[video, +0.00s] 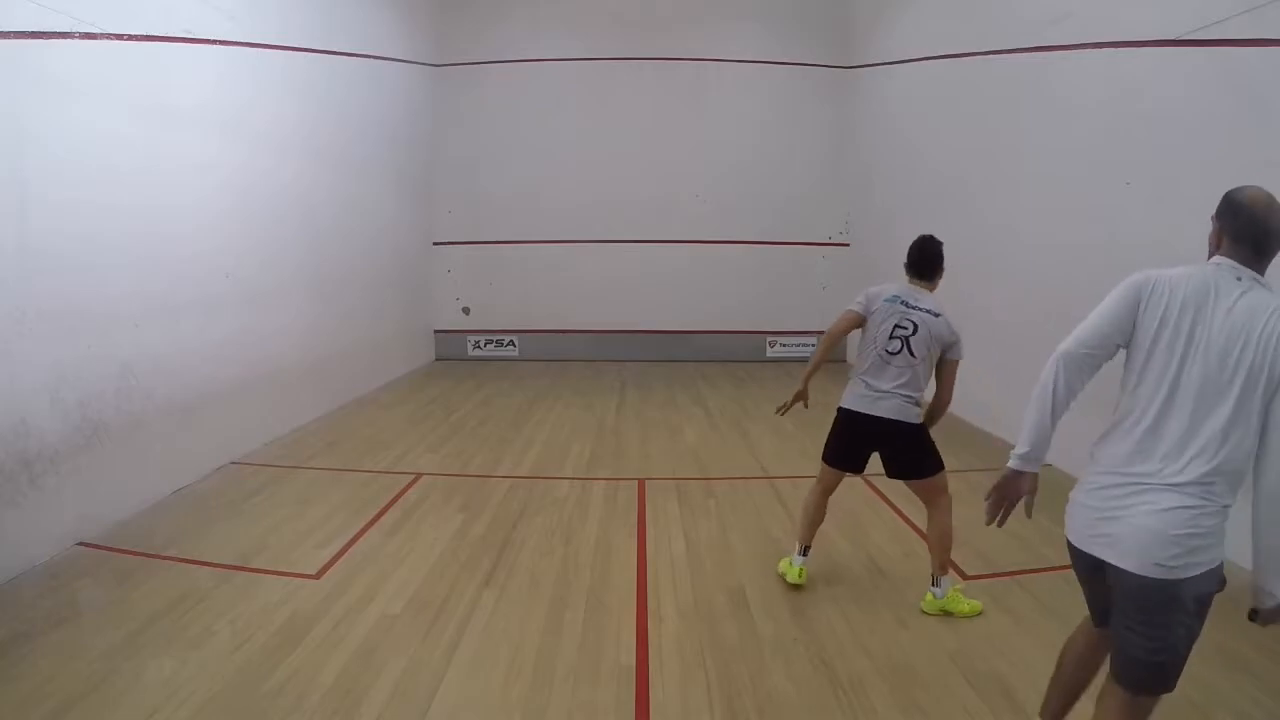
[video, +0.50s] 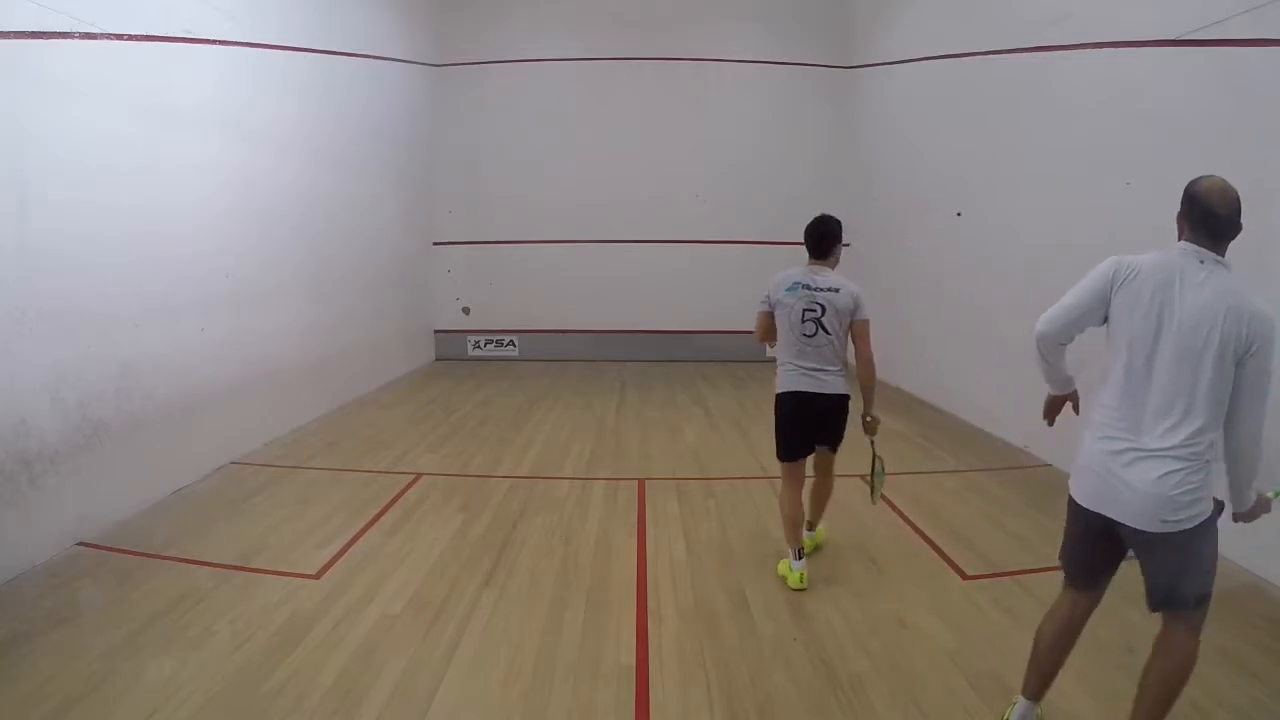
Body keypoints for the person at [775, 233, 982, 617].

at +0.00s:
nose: (933, 275)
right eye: (939, 271)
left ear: (906, 268)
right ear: (940, 275)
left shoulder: (877, 296)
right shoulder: (945, 327)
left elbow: (833, 333)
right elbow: (943, 400)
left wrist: (804, 381)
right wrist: (920, 430)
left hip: (853, 415)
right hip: (902, 427)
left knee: (823, 486)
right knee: (938, 500)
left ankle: (798, 561)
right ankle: (939, 590)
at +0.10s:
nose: (901, 269)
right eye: (908, 265)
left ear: (875, 266)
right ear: (909, 270)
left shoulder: (851, 298)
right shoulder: (921, 323)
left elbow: (816, 342)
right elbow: (922, 390)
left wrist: (790, 391)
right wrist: (905, 418)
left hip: (836, 419)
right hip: (886, 427)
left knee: (814, 485)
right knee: (920, 501)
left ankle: (798, 565)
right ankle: (936, 589)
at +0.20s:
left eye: (854, 257)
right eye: (879, 259)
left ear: (846, 261)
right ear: (881, 264)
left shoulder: (824, 298)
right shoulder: (895, 315)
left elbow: (793, 348)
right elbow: (905, 381)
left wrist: (780, 391)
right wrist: (893, 418)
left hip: (820, 418)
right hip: (869, 424)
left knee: (799, 485)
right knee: (895, 503)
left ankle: (797, 565)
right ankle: (925, 584)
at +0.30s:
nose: (855, 255)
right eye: (858, 249)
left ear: (826, 252)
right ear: (861, 254)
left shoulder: (804, 289)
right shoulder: (877, 301)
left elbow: (776, 346)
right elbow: (891, 368)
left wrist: (780, 382)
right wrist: (885, 416)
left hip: (807, 408)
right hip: (854, 410)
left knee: (795, 485)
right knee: (877, 489)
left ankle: (797, 565)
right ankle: (891, 568)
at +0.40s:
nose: (843, 248)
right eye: (845, 243)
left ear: (813, 246)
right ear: (847, 248)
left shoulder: (791, 284)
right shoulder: (862, 292)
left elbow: (768, 337)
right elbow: (877, 358)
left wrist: (783, 357)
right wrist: (878, 408)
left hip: (799, 401)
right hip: (843, 402)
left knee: (795, 483)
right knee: (851, 475)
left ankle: (797, 566)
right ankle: (848, 551)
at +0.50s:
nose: (840, 250)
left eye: (837, 245)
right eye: (841, 246)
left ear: (804, 247)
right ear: (838, 249)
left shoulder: (780, 283)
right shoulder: (850, 292)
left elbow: (764, 336)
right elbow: (865, 359)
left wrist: (784, 335)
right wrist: (869, 408)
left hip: (791, 398)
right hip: (834, 399)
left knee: (792, 479)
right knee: (824, 468)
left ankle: (796, 566)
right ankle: (811, 530)